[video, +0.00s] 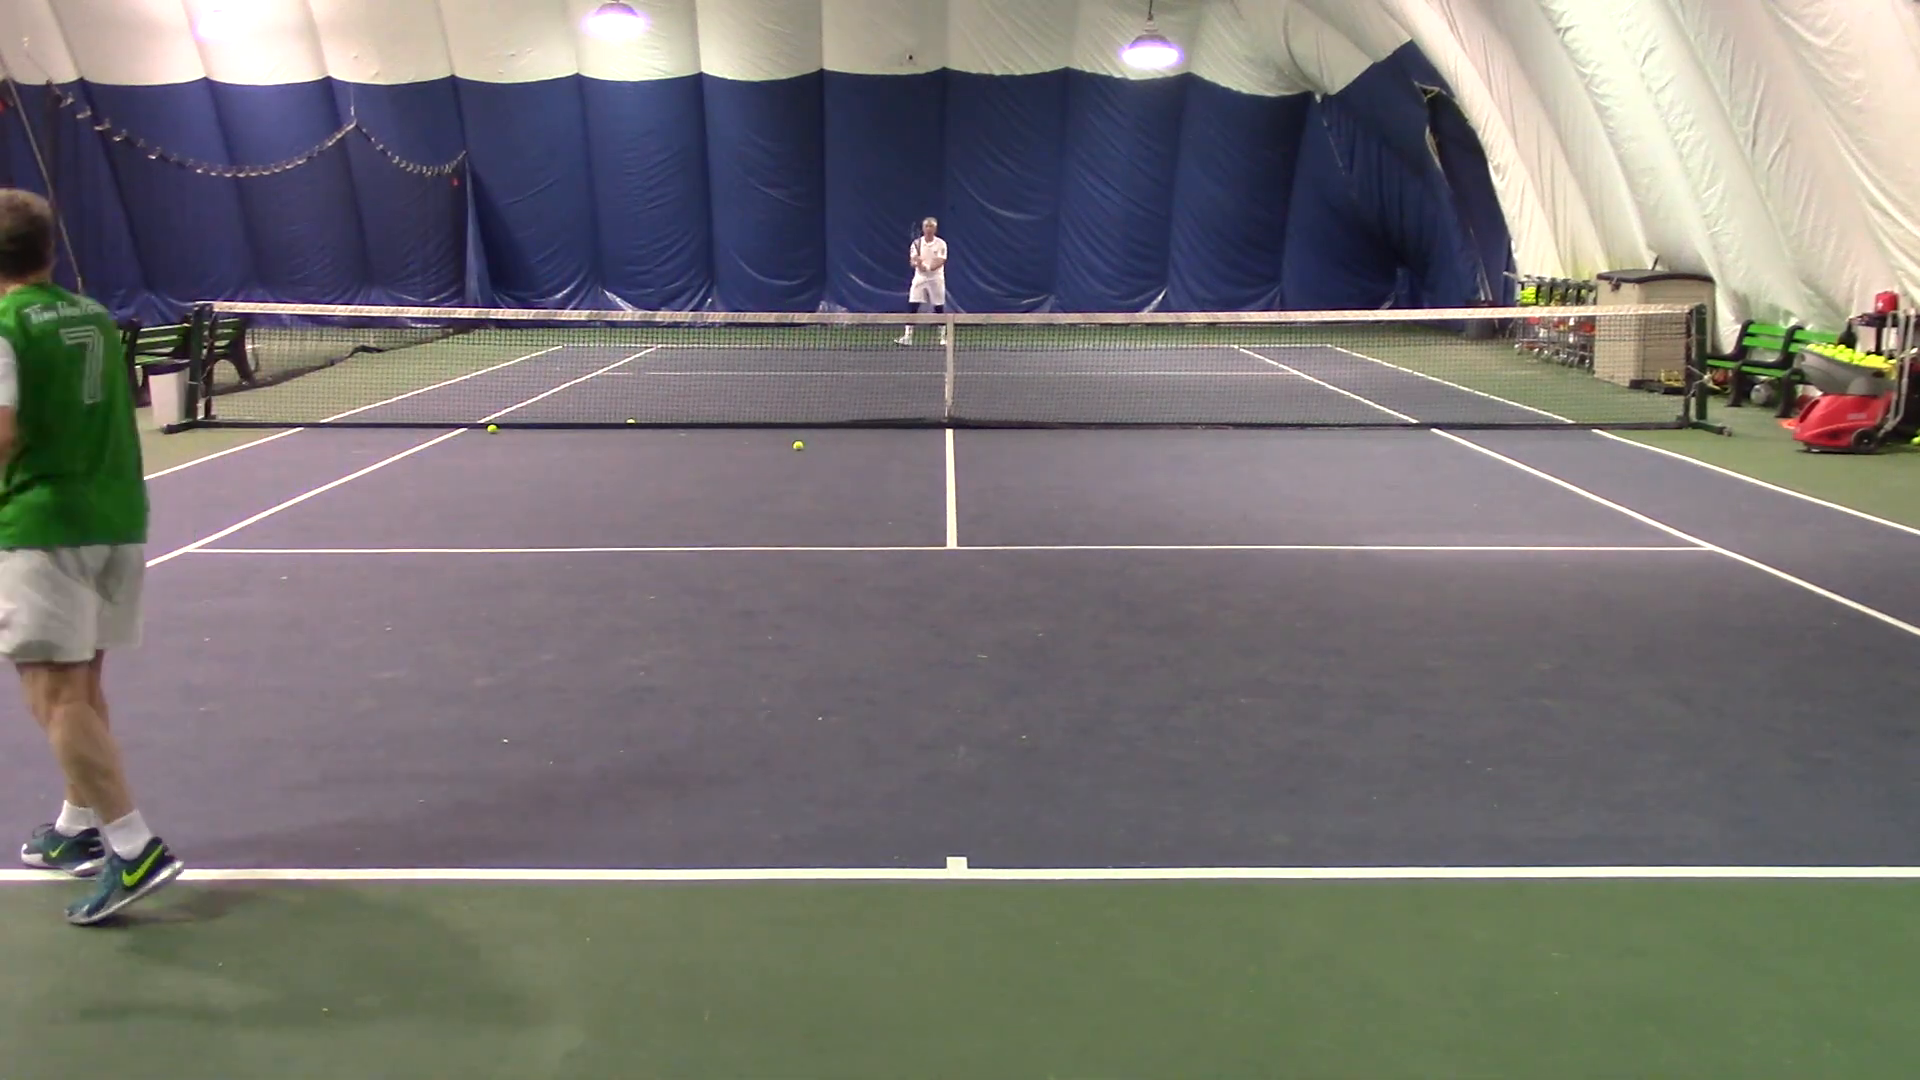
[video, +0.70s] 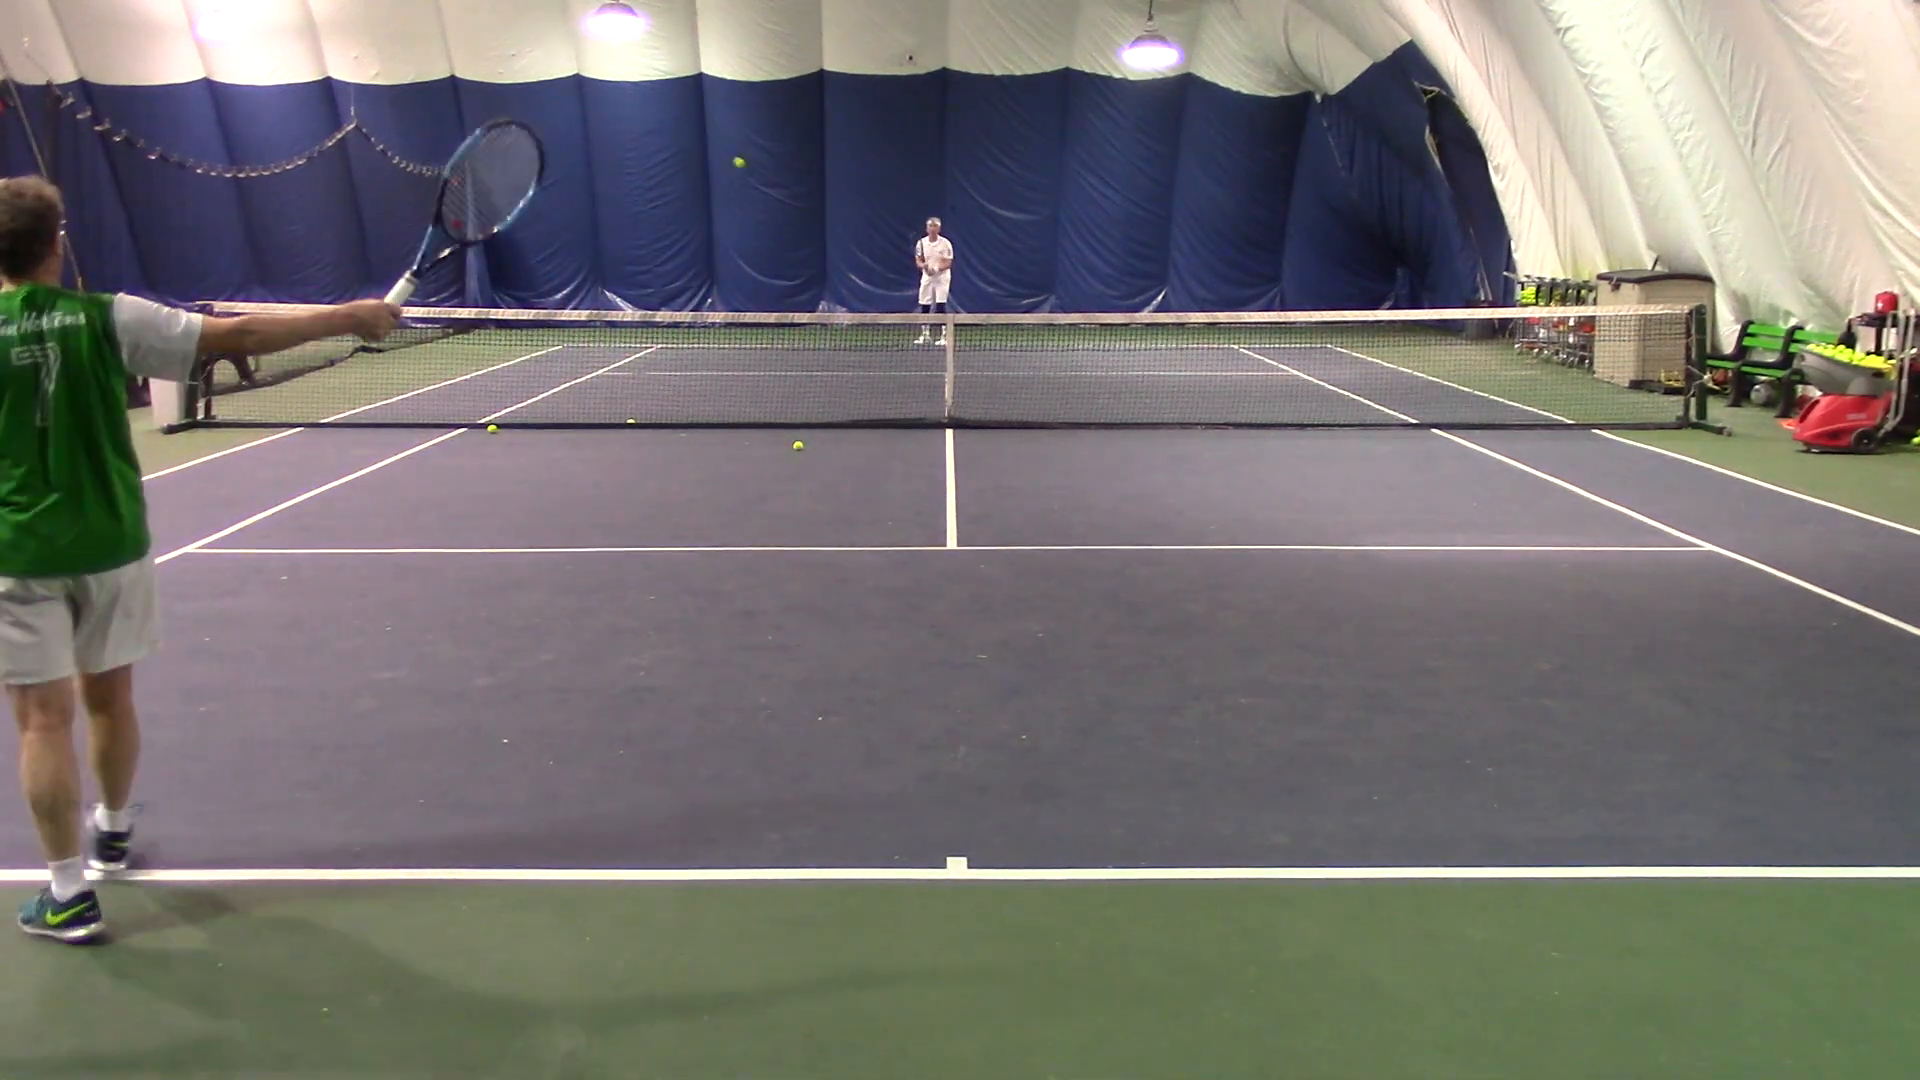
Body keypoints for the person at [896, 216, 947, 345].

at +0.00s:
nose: (928, 229)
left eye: (931, 226)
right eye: (926, 226)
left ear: (935, 229)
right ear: (923, 228)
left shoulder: (941, 244)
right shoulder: (916, 243)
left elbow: (942, 259)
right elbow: (913, 259)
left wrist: (931, 267)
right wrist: (919, 263)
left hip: (936, 279)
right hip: (919, 278)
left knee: (939, 307)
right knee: (912, 305)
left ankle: (942, 335)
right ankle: (908, 335)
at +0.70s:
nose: (932, 229)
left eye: (935, 226)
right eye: (930, 226)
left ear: (939, 228)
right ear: (927, 227)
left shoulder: (946, 243)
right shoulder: (921, 243)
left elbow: (949, 261)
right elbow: (918, 259)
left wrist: (938, 268)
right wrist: (924, 266)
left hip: (941, 278)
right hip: (927, 277)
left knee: (940, 305)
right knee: (925, 305)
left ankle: (943, 334)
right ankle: (925, 333)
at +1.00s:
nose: (937, 229)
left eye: (940, 226)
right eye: (935, 226)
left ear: (944, 227)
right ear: (932, 227)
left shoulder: (950, 242)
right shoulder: (928, 242)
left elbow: (951, 260)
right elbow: (926, 257)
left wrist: (939, 266)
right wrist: (928, 264)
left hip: (947, 276)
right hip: (935, 275)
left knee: (945, 305)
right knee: (933, 304)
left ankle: (948, 333)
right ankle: (943, 330)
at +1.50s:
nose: (944, 232)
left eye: (947, 229)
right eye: (942, 229)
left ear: (952, 229)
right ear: (940, 229)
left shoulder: (951, 243)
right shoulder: (946, 242)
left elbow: (937, 255)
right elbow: (937, 253)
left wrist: (923, 259)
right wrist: (922, 256)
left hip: (956, 276)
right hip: (950, 276)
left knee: (953, 304)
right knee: (947, 305)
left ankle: (963, 334)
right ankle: (952, 334)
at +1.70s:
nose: (947, 232)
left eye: (950, 230)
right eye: (946, 229)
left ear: (956, 231)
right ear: (945, 229)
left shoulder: (956, 246)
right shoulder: (950, 242)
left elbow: (942, 258)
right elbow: (944, 256)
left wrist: (930, 263)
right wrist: (932, 261)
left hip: (961, 280)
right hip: (952, 279)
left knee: (960, 307)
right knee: (949, 306)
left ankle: (968, 336)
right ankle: (953, 334)